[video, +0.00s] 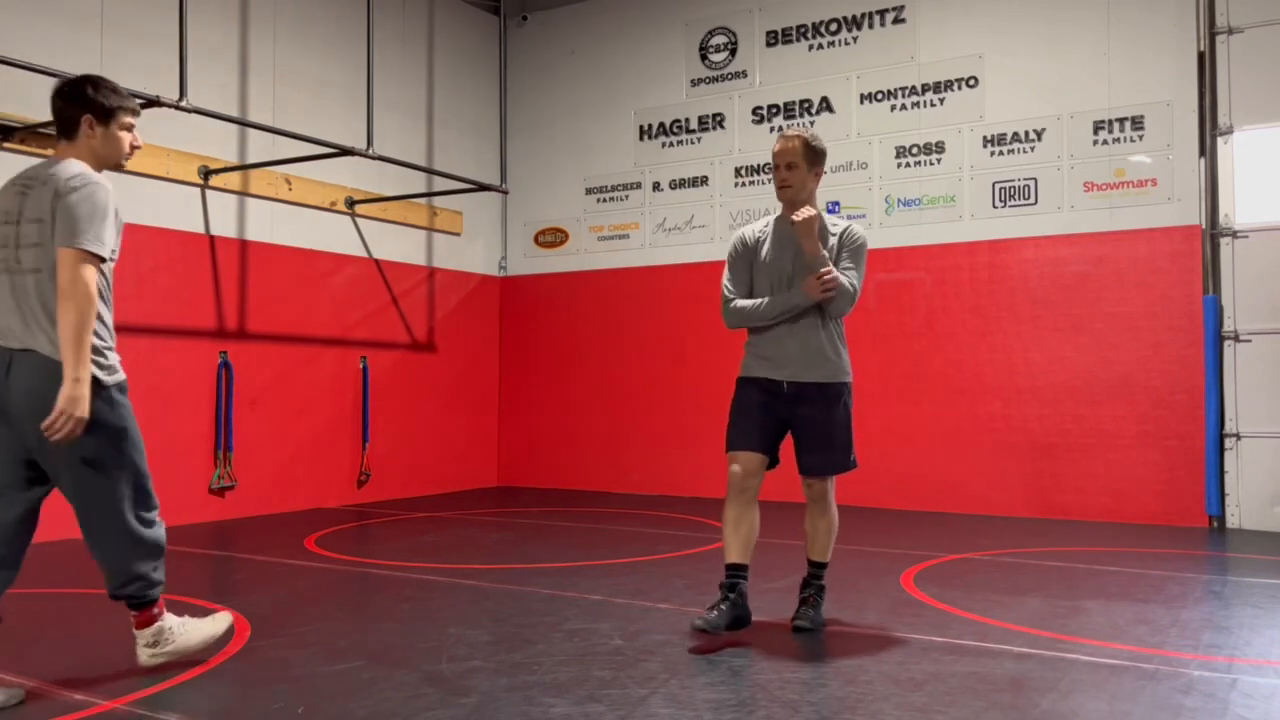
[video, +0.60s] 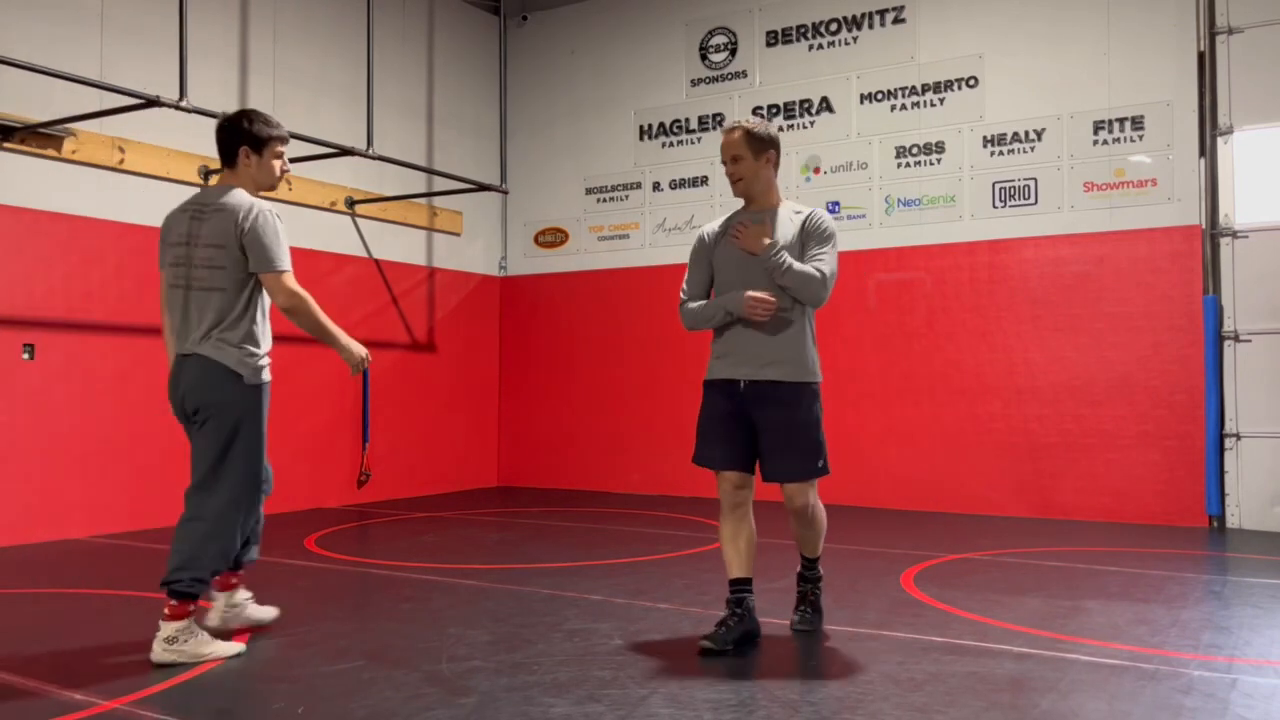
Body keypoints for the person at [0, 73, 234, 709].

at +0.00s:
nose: (135, 141)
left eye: (136, 130)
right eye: (128, 128)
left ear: (80, 128)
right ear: (89, 125)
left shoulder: (15, 185)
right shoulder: (85, 186)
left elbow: (15, 275)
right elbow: (76, 278)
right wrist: (76, 374)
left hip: (10, 369)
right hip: (66, 372)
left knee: (6, 520)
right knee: (122, 496)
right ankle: (153, 627)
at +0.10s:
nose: (163, 151)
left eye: (164, 139)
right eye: (156, 139)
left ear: (100, 140)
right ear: (120, 138)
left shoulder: (39, 199)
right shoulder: (125, 202)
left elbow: (40, 290)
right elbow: (121, 298)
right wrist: (131, 388)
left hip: (35, 379)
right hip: (101, 382)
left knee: (16, 523)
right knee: (141, 509)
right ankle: (162, 630)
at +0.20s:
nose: (194, 154)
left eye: (194, 142)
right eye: (186, 142)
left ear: (135, 145)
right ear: (151, 143)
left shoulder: (70, 202)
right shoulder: (160, 207)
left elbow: (76, 286)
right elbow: (174, 300)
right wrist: (192, 388)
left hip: (73, 377)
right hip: (137, 382)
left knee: (54, 506)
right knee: (160, 506)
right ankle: (169, 630)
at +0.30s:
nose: (219, 156)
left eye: (219, 144)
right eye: (213, 144)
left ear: (162, 145)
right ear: (180, 144)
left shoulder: (99, 203)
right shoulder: (192, 208)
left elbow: (93, 294)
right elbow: (221, 300)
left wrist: (109, 359)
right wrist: (251, 380)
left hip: (109, 373)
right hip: (171, 378)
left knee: (111, 496)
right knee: (181, 503)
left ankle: (32, 596)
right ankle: (171, 631)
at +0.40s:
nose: (242, 159)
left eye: (242, 147)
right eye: (237, 147)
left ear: (189, 148)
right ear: (203, 147)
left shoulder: (127, 206)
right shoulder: (217, 211)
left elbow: (116, 297)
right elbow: (252, 298)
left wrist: (123, 369)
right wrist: (300, 369)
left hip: (137, 373)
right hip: (195, 376)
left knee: (152, 490)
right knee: (197, 497)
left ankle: (87, 582)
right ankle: (173, 630)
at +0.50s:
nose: (264, 162)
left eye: (264, 152)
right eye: (257, 151)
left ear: (213, 151)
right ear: (225, 149)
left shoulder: (152, 211)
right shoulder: (236, 212)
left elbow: (142, 302)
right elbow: (274, 293)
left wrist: (151, 369)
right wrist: (330, 350)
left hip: (163, 373)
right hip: (214, 376)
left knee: (196, 485)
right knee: (219, 493)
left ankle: (154, 585)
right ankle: (174, 627)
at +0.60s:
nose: (286, 169)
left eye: (286, 158)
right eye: (279, 158)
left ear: (237, 159)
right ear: (247, 156)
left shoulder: (178, 215)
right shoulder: (254, 215)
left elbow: (170, 303)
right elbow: (287, 294)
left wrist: (180, 366)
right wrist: (344, 344)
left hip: (189, 372)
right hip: (232, 375)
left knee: (250, 479)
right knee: (218, 490)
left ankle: (225, 598)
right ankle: (176, 626)